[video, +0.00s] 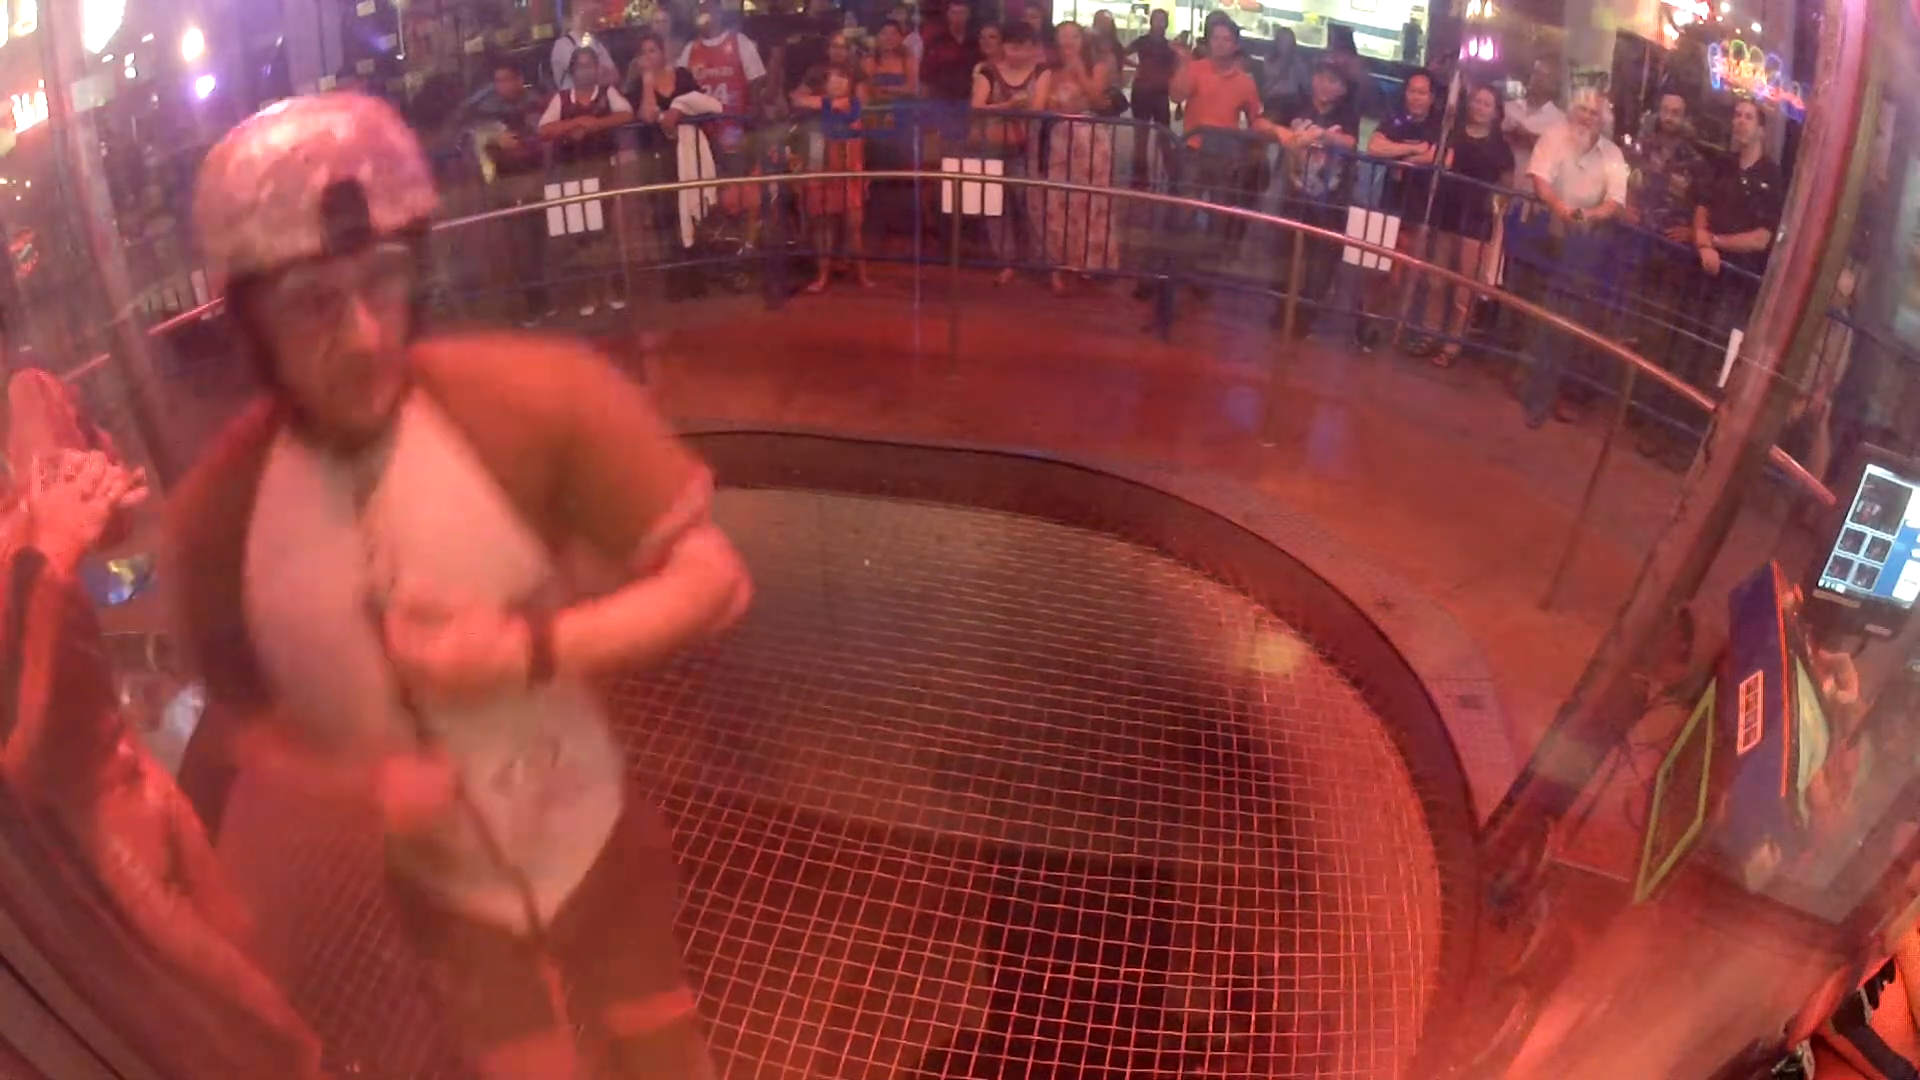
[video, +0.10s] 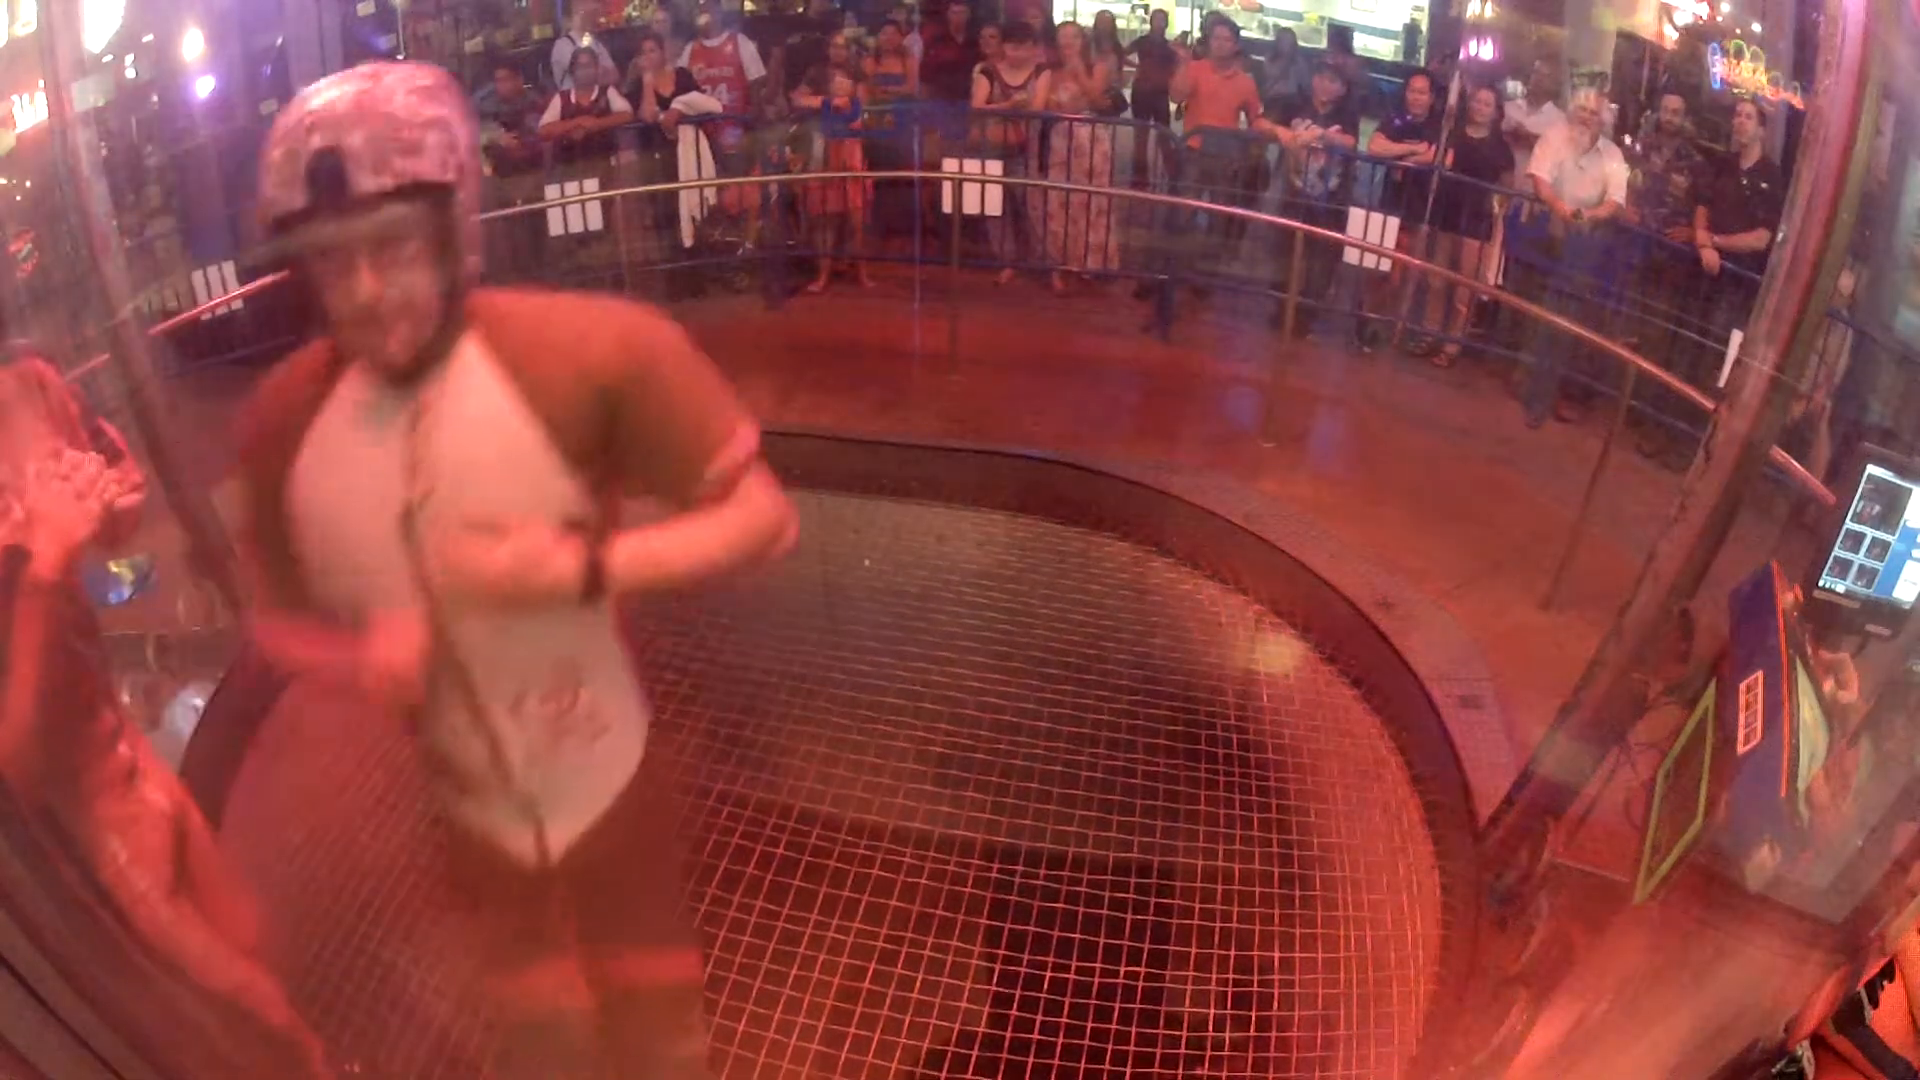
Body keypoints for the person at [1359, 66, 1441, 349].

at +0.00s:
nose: (1416, 97)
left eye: (1422, 92)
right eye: (1412, 91)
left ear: (1432, 98)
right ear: (1404, 94)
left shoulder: (1439, 128)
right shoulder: (1394, 121)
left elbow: (1440, 159)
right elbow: (1375, 147)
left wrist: (1401, 158)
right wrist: (1415, 148)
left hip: (1422, 212)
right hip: (1389, 208)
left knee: (1410, 274)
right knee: (1378, 269)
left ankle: (1399, 326)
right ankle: (1369, 322)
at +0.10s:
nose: (1416, 97)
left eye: (1422, 92)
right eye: (1412, 91)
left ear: (1432, 98)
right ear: (1404, 94)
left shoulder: (1439, 128)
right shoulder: (1395, 120)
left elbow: (1440, 159)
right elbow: (1375, 147)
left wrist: (1402, 158)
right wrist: (1415, 148)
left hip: (1422, 212)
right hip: (1390, 208)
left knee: (1409, 274)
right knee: (1378, 269)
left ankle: (1398, 327)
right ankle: (1369, 322)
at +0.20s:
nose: (1416, 98)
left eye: (1422, 93)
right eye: (1412, 92)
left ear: (1433, 99)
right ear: (1404, 95)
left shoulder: (1439, 129)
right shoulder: (1394, 122)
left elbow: (1438, 158)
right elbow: (1375, 147)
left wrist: (1401, 158)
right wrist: (1415, 148)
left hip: (1424, 214)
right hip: (1391, 210)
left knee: (1410, 275)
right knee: (1380, 270)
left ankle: (1399, 327)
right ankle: (1369, 321)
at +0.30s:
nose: (1416, 97)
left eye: (1422, 93)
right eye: (1412, 91)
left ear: (1433, 99)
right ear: (1404, 95)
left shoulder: (1439, 129)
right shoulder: (1394, 122)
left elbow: (1437, 159)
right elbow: (1375, 147)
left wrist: (1400, 157)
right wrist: (1415, 148)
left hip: (1423, 214)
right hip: (1390, 210)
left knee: (1410, 275)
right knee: (1380, 270)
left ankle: (1399, 327)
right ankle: (1369, 321)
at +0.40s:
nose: (1416, 98)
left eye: (1422, 93)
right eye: (1411, 92)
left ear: (1433, 98)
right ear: (1404, 95)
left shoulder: (1439, 129)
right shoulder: (1393, 122)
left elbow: (1440, 159)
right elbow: (1375, 147)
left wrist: (1401, 157)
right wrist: (1414, 148)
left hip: (1424, 214)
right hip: (1391, 210)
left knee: (1410, 276)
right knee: (1380, 271)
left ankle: (1399, 328)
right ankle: (1369, 322)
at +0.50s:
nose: (1416, 98)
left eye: (1422, 93)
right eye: (1412, 91)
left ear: (1432, 99)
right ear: (1404, 95)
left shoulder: (1439, 129)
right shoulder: (1394, 122)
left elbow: (1439, 159)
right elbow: (1375, 147)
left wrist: (1403, 158)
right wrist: (1416, 148)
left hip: (1422, 213)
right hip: (1390, 209)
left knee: (1408, 275)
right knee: (1378, 269)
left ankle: (1397, 326)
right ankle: (1368, 319)